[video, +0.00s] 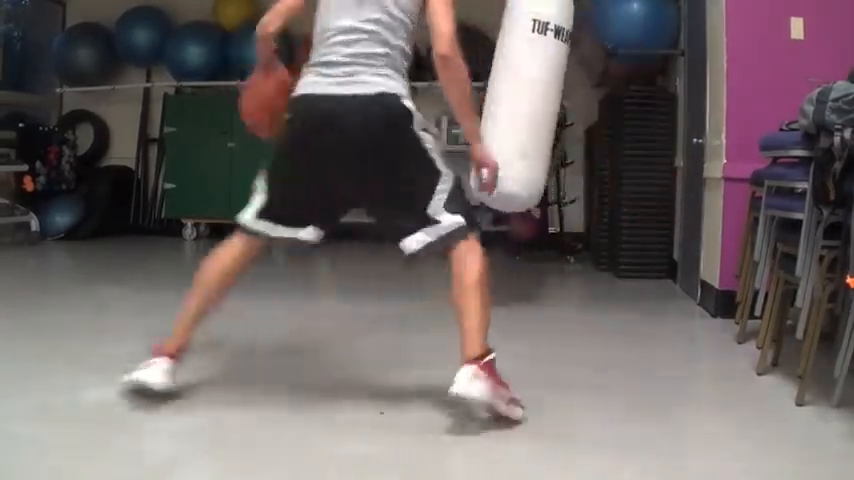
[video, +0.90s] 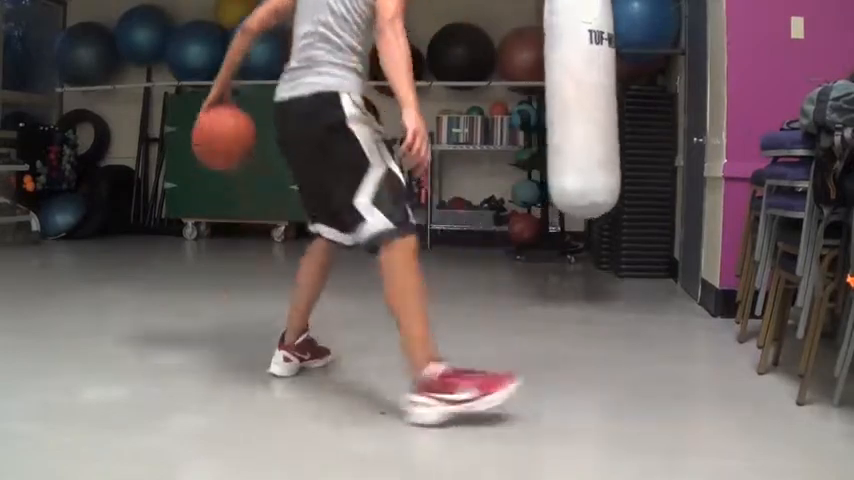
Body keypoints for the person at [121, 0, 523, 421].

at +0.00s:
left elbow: (269, 27)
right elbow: (445, 50)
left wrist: (267, 76)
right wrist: (475, 141)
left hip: (310, 111)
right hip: (383, 114)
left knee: (247, 237)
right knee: (463, 241)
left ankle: (165, 356)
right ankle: (476, 368)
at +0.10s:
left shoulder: (285, 4)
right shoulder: (391, 3)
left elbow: (255, 84)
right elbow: (399, 75)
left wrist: (288, 138)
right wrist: (428, 167)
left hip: (268, 149)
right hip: (346, 152)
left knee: (193, 256)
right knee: (436, 249)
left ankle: (114, 377)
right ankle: (502, 370)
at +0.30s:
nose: (398, 14)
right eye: (396, 11)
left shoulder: (303, 11)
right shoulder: (381, 6)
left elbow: (287, 92)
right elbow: (346, 63)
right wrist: (377, 148)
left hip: (260, 165)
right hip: (325, 159)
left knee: (206, 276)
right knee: (452, 247)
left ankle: (116, 378)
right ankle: (500, 391)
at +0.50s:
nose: (420, 14)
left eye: (416, 13)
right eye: (418, 9)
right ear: (418, 1)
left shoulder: (364, 20)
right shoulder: (404, 6)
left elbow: (331, 88)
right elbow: (353, 19)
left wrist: (296, 163)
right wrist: (374, 87)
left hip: (317, 138)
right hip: (347, 134)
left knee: (296, 268)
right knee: (488, 239)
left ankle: (172, 328)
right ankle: (514, 397)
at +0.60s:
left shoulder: (371, 9)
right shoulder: (437, 6)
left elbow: (323, 73)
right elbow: (391, 67)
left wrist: (286, 157)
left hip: (318, 139)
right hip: (370, 139)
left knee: (326, 246)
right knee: (500, 240)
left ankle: (236, 331)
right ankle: (517, 397)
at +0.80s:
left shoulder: (326, 4)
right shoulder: (409, 2)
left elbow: (274, 63)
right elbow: (398, 54)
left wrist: (229, 132)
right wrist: (409, 143)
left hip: (309, 136)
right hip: (352, 133)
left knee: (349, 239)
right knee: (450, 248)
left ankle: (294, 343)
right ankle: (504, 393)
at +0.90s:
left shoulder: (303, 0)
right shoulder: (380, 1)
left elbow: (250, 26)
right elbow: (389, 31)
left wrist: (218, 91)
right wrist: (411, 109)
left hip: (293, 104)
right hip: (333, 102)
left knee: (328, 228)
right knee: (398, 232)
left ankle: (292, 342)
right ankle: (428, 375)